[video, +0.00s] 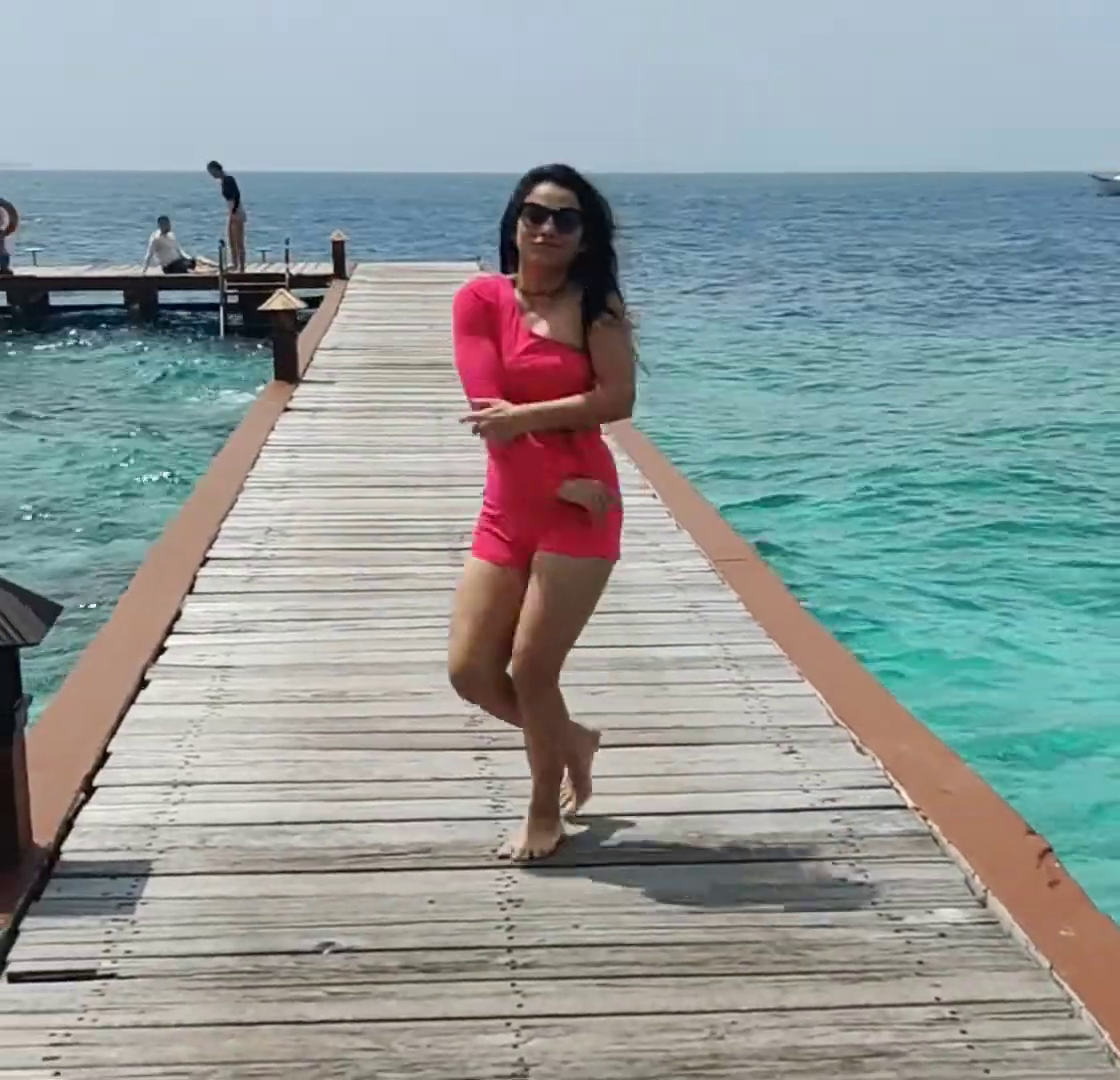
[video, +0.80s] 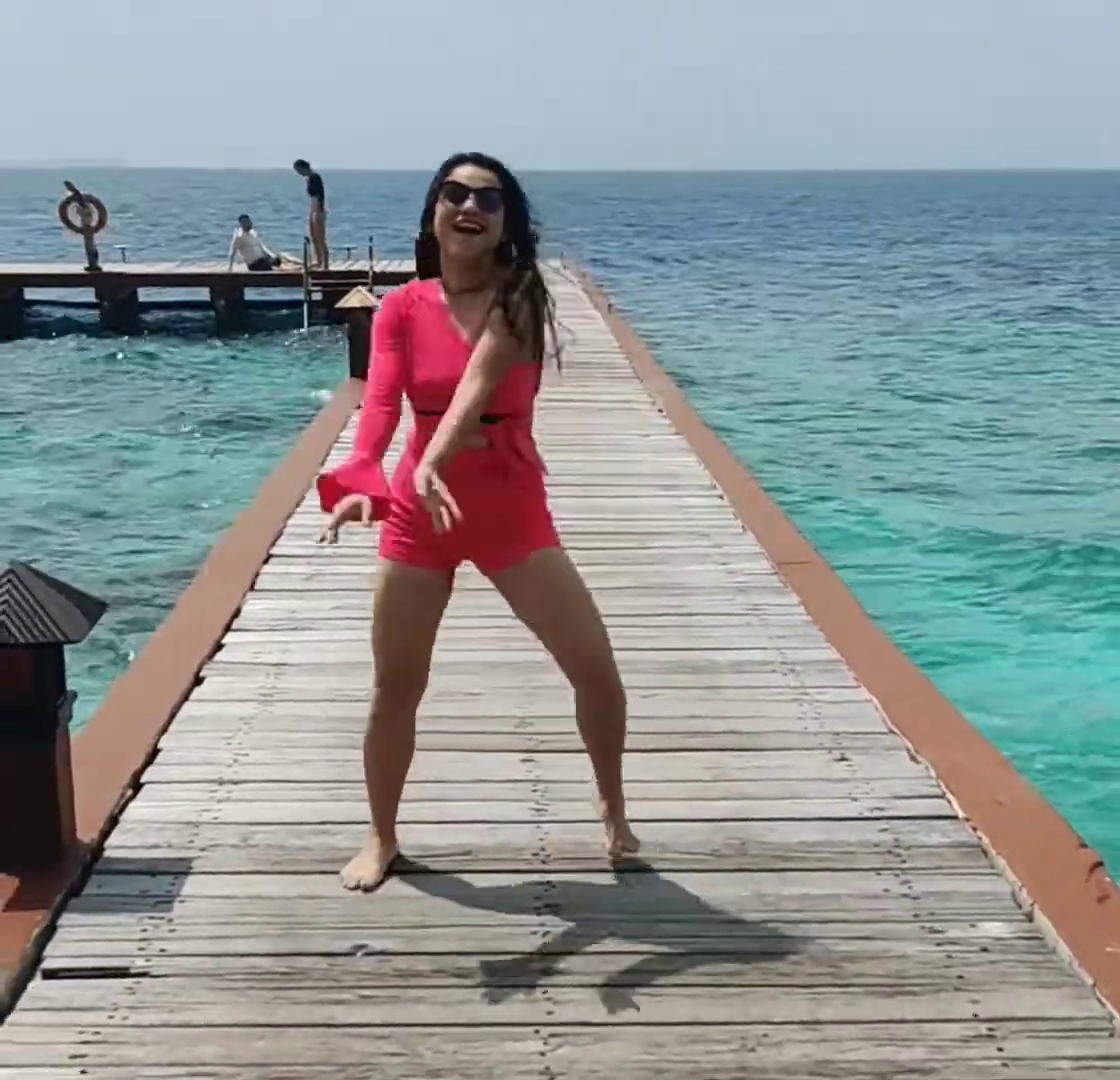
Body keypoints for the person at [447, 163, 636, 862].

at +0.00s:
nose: (549, 227)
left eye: (566, 218)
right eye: (535, 214)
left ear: (586, 233)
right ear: (515, 223)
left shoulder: (600, 310)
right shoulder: (479, 299)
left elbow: (618, 400)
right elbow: (488, 410)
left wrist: (526, 415)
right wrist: (557, 481)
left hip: (580, 513)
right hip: (506, 509)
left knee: (533, 670)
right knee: (470, 671)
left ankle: (543, 816)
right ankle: (573, 742)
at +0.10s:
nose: (542, 228)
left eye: (559, 219)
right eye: (528, 215)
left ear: (579, 234)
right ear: (508, 225)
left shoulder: (593, 315)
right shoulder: (469, 298)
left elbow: (651, 397)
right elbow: (448, 404)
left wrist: (575, 432)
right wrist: (456, 497)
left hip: (570, 508)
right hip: (489, 505)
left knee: (535, 669)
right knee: (422, 645)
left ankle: (547, 818)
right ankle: (467, 750)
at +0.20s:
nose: (527, 208)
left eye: (545, 197)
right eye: (513, 195)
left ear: (568, 213)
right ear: (494, 208)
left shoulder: (587, 295)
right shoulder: (455, 276)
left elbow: (672, 358)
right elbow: (391, 369)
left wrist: (628, 435)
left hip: (555, 502)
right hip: (468, 496)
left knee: (544, 664)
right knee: (401, 622)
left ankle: (550, 813)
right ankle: (381, 781)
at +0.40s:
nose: (476, 228)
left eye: (492, 215)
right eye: (461, 216)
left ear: (517, 229)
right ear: (444, 231)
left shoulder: (546, 314)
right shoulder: (415, 304)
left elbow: (638, 370)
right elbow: (323, 354)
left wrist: (736, 407)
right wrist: (229, 390)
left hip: (490, 518)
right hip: (404, 512)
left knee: (514, 698)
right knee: (370, 689)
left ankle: (542, 821)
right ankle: (336, 841)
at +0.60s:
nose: (459, 234)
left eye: (476, 223)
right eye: (445, 222)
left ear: (501, 240)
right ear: (424, 237)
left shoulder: (533, 327)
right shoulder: (396, 320)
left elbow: (613, 406)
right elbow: (302, 386)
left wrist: (702, 473)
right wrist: (198, 438)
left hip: (479, 534)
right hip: (389, 525)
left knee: (518, 709)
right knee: (372, 698)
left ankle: (566, 826)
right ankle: (360, 842)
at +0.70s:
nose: (463, 227)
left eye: (480, 217)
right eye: (449, 215)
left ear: (501, 236)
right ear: (427, 231)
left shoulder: (522, 327)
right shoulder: (397, 325)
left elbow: (543, 418)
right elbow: (320, 410)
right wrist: (236, 471)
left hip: (495, 534)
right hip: (402, 528)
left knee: (561, 706)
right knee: (385, 704)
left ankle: (585, 812)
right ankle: (375, 841)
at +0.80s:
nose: (467, 208)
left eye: (485, 199)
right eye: (454, 195)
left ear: (507, 218)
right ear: (432, 210)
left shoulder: (518, 302)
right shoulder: (401, 308)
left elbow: (477, 388)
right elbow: (379, 403)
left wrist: (427, 465)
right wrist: (359, 474)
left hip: (508, 512)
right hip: (417, 512)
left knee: (596, 670)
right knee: (395, 691)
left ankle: (613, 814)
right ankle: (380, 838)